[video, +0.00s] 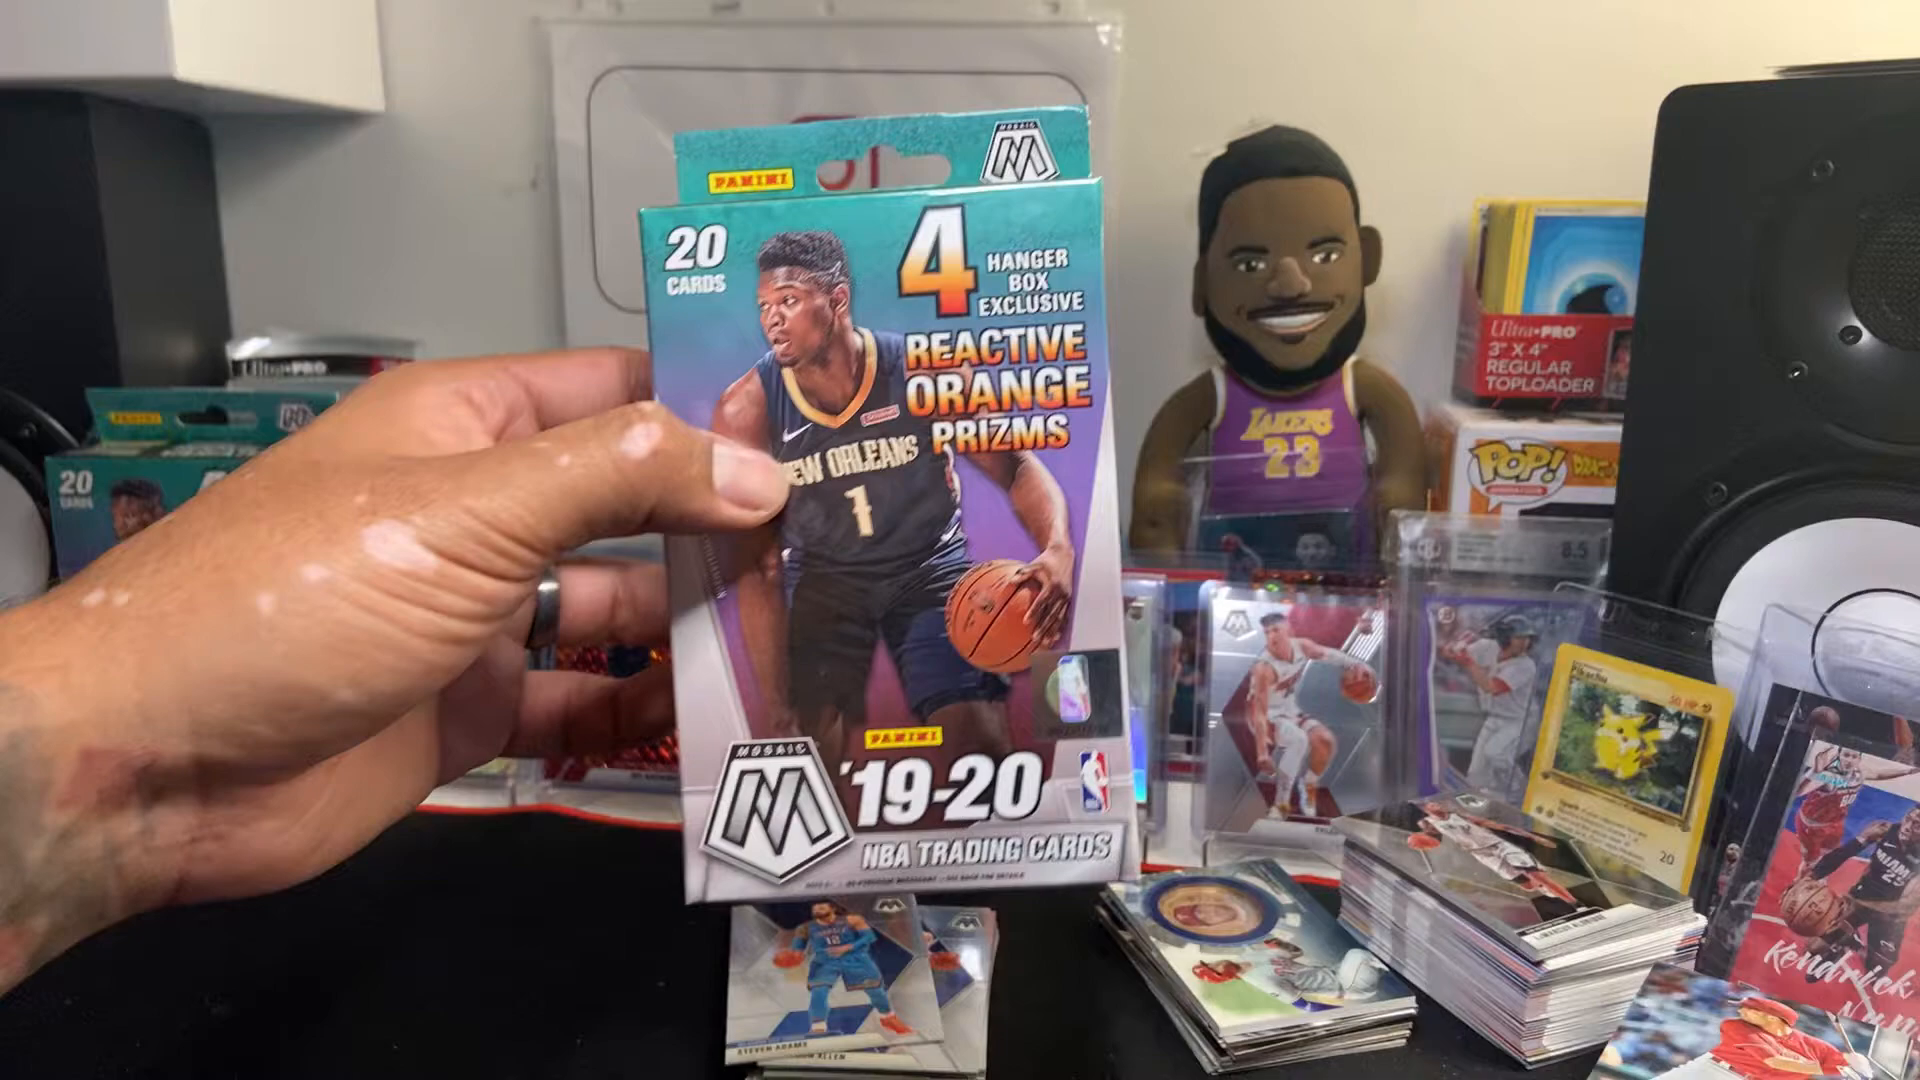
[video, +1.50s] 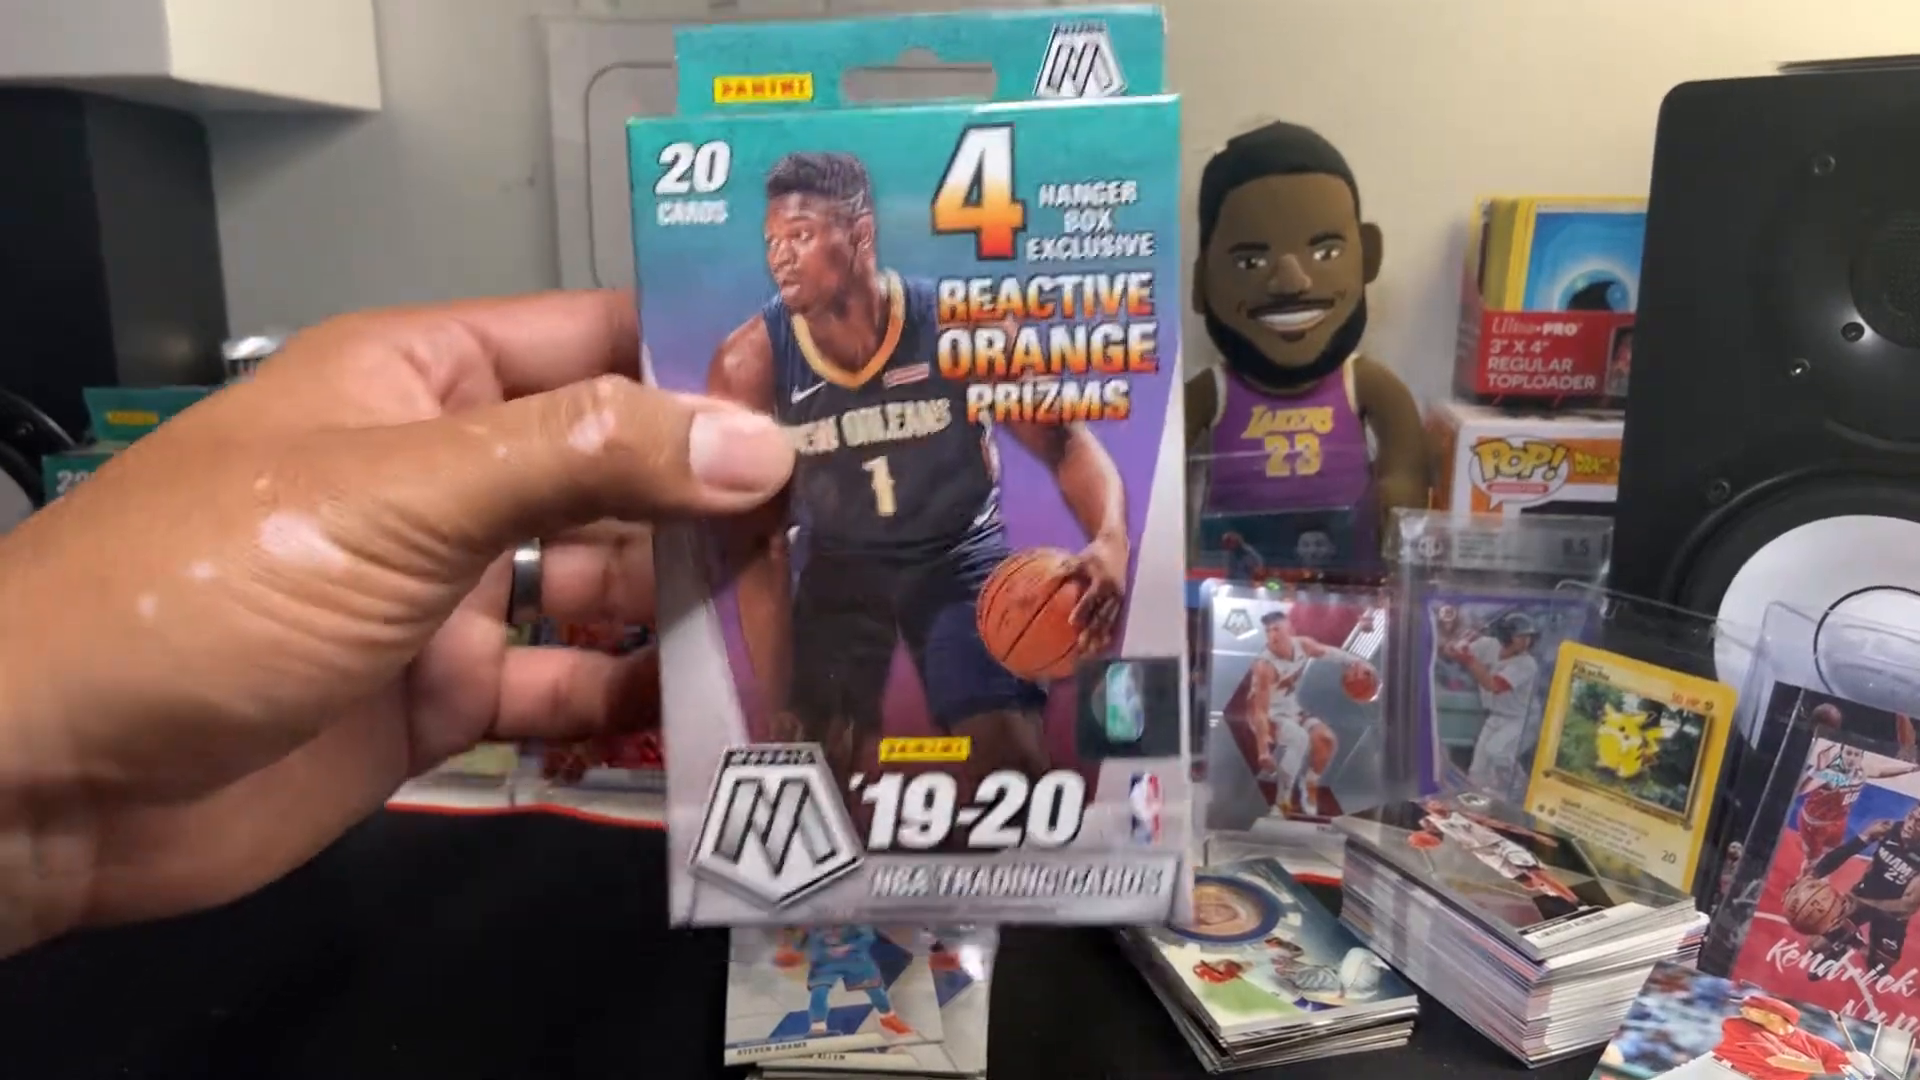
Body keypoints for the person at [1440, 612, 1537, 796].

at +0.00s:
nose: (1526, 643)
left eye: (1528, 639)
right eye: (1521, 638)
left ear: (1529, 641)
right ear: (1508, 639)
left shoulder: (1526, 666)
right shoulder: (1489, 648)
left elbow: (1493, 687)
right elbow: (1454, 653)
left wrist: (1469, 664)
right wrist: (1456, 648)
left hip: (1517, 724)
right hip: (1493, 721)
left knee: (1494, 753)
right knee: (1476, 771)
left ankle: (1519, 792)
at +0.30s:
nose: (1525, 637)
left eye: (1527, 632)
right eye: (1520, 632)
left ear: (1530, 634)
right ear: (1507, 633)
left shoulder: (1525, 659)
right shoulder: (1489, 642)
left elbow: (1493, 681)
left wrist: (1469, 658)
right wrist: (1453, 643)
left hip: (1518, 717)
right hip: (1494, 713)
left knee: (1495, 746)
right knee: (1477, 764)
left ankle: (1521, 787)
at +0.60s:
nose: (1526, 639)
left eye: (1527, 634)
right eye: (1521, 633)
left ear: (1530, 636)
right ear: (1507, 635)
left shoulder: (1526, 661)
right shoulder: (1488, 643)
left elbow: (1494, 683)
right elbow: (1451, 648)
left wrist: (1470, 659)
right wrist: (1457, 642)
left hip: (1519, 719)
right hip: (1494, 715)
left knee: (1495, 748)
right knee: (1477, 767)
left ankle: (1520, 788)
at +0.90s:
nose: (1526, 639)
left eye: (1528, 635)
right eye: (1521, 634)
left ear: (1530, 637)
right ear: (1507, 635)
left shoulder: (1527, 661)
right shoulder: (1489, 644)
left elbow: (1493, 683)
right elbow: (1452, 649)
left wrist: (1470, 660)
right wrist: (1455, 644)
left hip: (1519, 720)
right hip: (1494, 716)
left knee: (1495, 750)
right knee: (1477, 765)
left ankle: (1521, 788)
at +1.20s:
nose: (1527, 641)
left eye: (1528, 636)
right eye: (1522, 636)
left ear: (1530, 639)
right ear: (1509, 637)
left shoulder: (1527, 663)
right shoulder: (1490, 646)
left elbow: (1495, 685)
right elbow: (1451, 650)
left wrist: (1470, 661)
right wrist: (1458, 644)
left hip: (1519, 722)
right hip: (1495, 718)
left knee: (1496, 752)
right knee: (1478, 765)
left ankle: (1522, 789)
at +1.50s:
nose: (1527, 642)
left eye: (1529, 637)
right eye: (1522, 637)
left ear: (1531, 639)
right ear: (1509, 637)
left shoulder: (1527, 664)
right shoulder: (1490, 646)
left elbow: (1495, 685)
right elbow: (1458, 651)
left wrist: (1470, 661)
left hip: (1520, 722)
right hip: (1495, 719)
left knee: (1495, 750)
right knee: (1478, 768)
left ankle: (1520, 789)